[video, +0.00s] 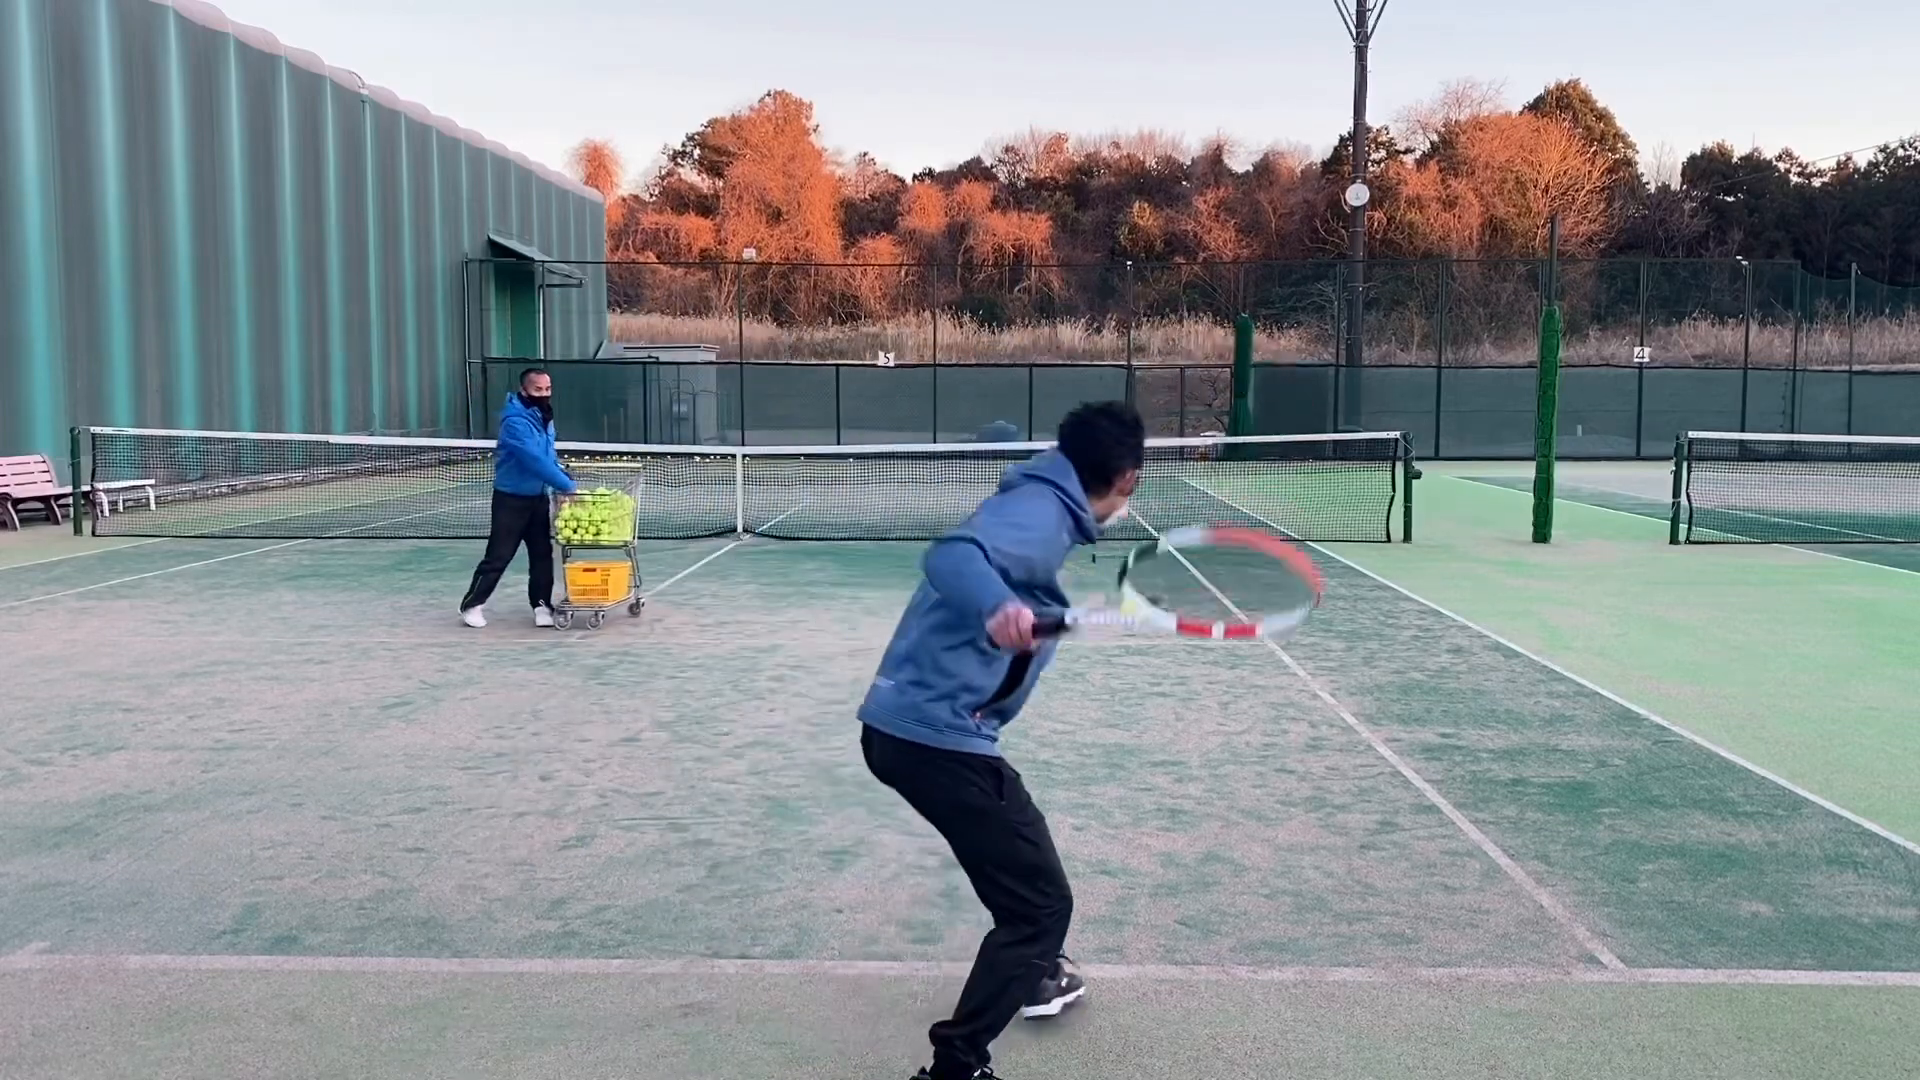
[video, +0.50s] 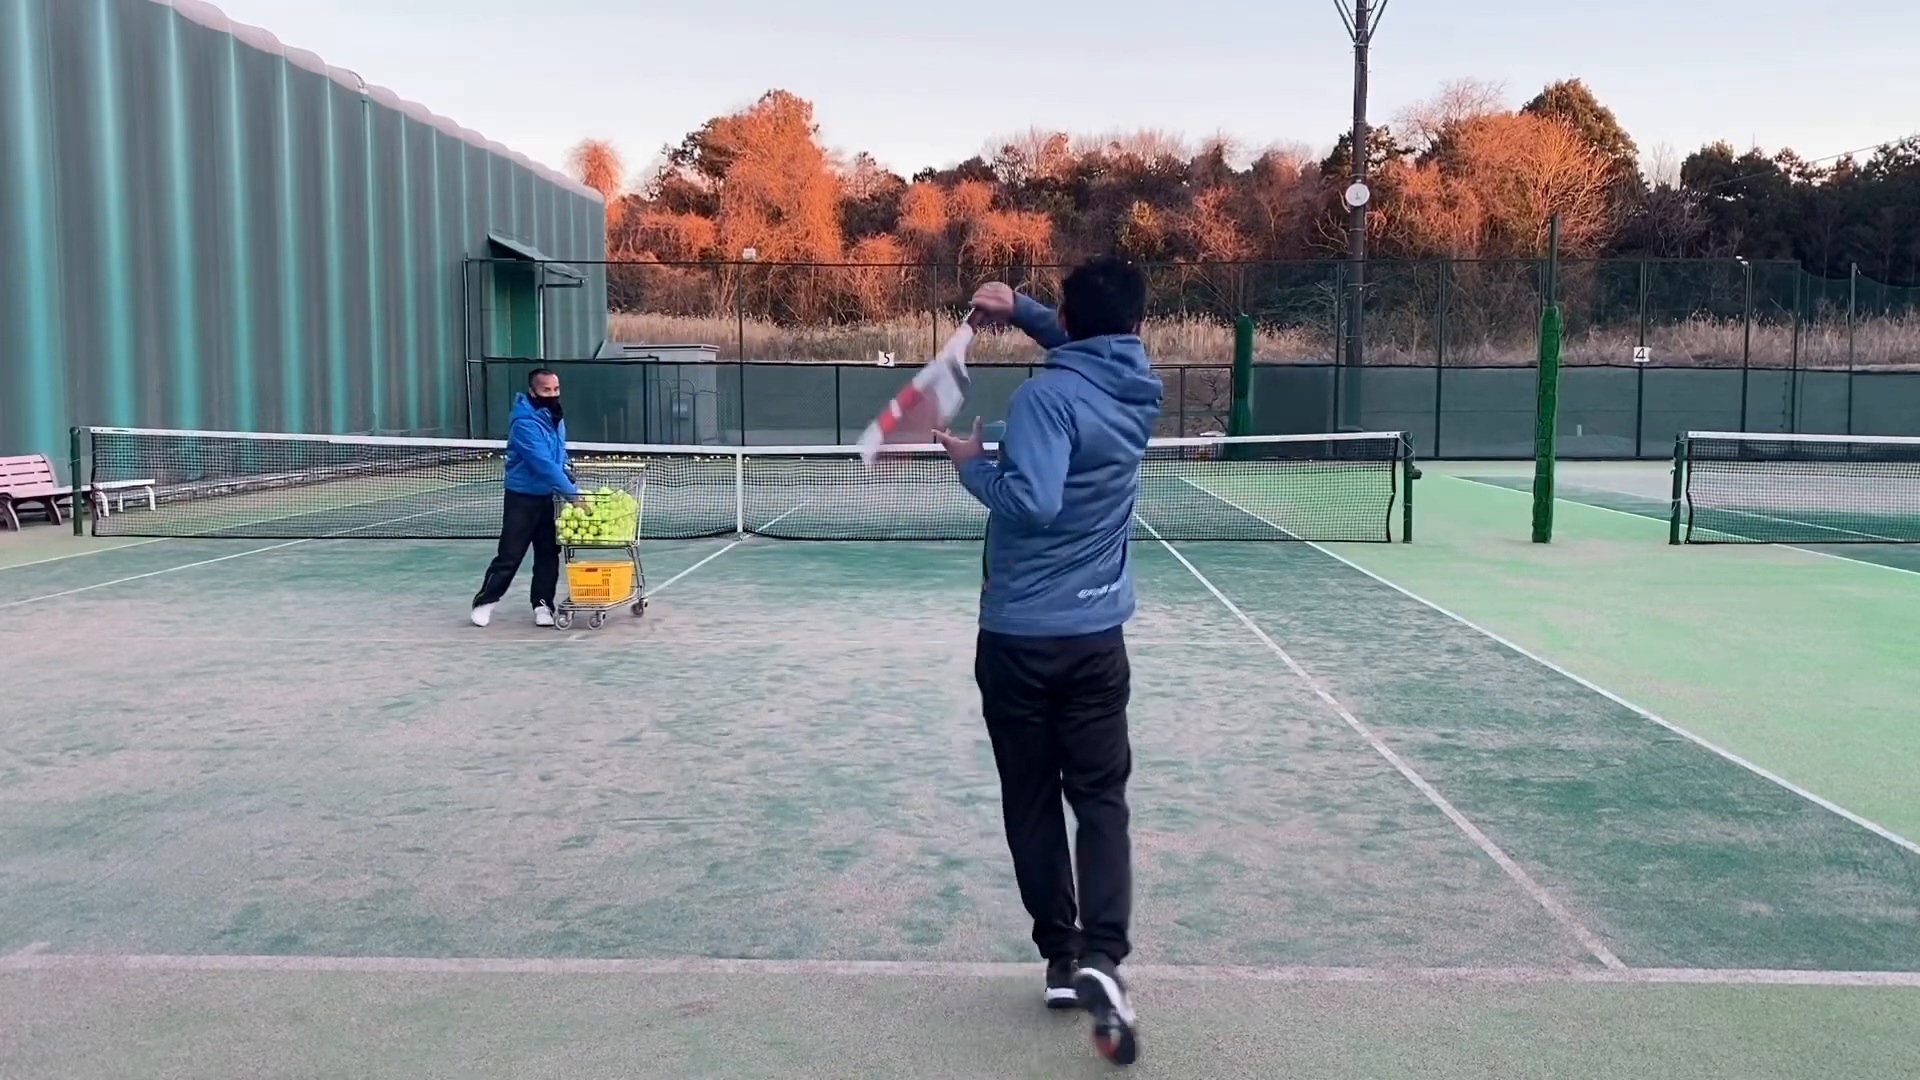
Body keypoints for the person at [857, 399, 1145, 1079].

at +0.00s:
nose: (1127, 499)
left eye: (1131, 486)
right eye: (1129, 486)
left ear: (1073, 459)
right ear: (1109, 482)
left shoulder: (1043, 508)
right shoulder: (1036, 513)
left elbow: (1022, 592)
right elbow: (953, 553)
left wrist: (1073, 616)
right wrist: (997, 605)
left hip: (929, 722)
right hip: (927, 733)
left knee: (1021, 838)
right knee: (1039, 904)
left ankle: (1035, 975)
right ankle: (957, 1061)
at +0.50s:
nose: (1056, 317)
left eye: (1063, 309)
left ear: (1068, 320)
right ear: (1135, 326)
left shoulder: (1045, 395)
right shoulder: (1139, 386)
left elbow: (1034, 499)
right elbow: (1075, 337)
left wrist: (970, 460)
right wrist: (1018, 305)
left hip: (1018, 637)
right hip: (1097, 636)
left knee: (1031, 803)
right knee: (1102, 796)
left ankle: (1063, 961)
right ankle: (1102, 961)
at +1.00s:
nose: (981, 403)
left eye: (983, 393)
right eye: (983, 392)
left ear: (992, 402)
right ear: (1059, 395)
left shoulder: (1019, 477)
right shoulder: (1083, 465)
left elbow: (1019, 594)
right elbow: (1105, 567)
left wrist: (957, 589)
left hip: (1059, 706)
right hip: (1116, 697)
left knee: (940, 791)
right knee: (1146, 835)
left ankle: (979, 950)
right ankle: (1243, 970)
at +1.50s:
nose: (795, 361)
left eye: (794, 351)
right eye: (802, 350)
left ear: (802, 356)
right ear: (872, 350)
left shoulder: (775, 445)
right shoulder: (921, 446)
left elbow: (723, 556)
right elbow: (955, 555)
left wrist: (781, 527)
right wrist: (878, 559)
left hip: (795, 692)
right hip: (892, 692)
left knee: (740, 825)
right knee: (898, 842)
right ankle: (920, 1012)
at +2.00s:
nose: (662, 334)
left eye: (570, 321)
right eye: (659, 323)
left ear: (574, 328)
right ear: (653, 331)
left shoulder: (517, 413)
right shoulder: (678, 433)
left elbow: (457, 511)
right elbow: (698, 557)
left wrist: (530, 523)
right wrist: (627, 560)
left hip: (528, 677)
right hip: (626, 684)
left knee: (493, 830)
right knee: (641, 835)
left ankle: (448, 1003)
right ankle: (606, 1017)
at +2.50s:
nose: (595, 368)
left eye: (593, 357)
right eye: (595, 358)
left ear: (508, 361)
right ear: (587, 370)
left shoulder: (470, 439)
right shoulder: (562, 456)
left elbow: (512, 542)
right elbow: (620, 569)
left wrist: (606, 558)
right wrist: (670, 578)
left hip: (433, 704)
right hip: (511, 713)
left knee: (421, 867)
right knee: (608, 865)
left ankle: (331, 1036)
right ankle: (576, 1054)